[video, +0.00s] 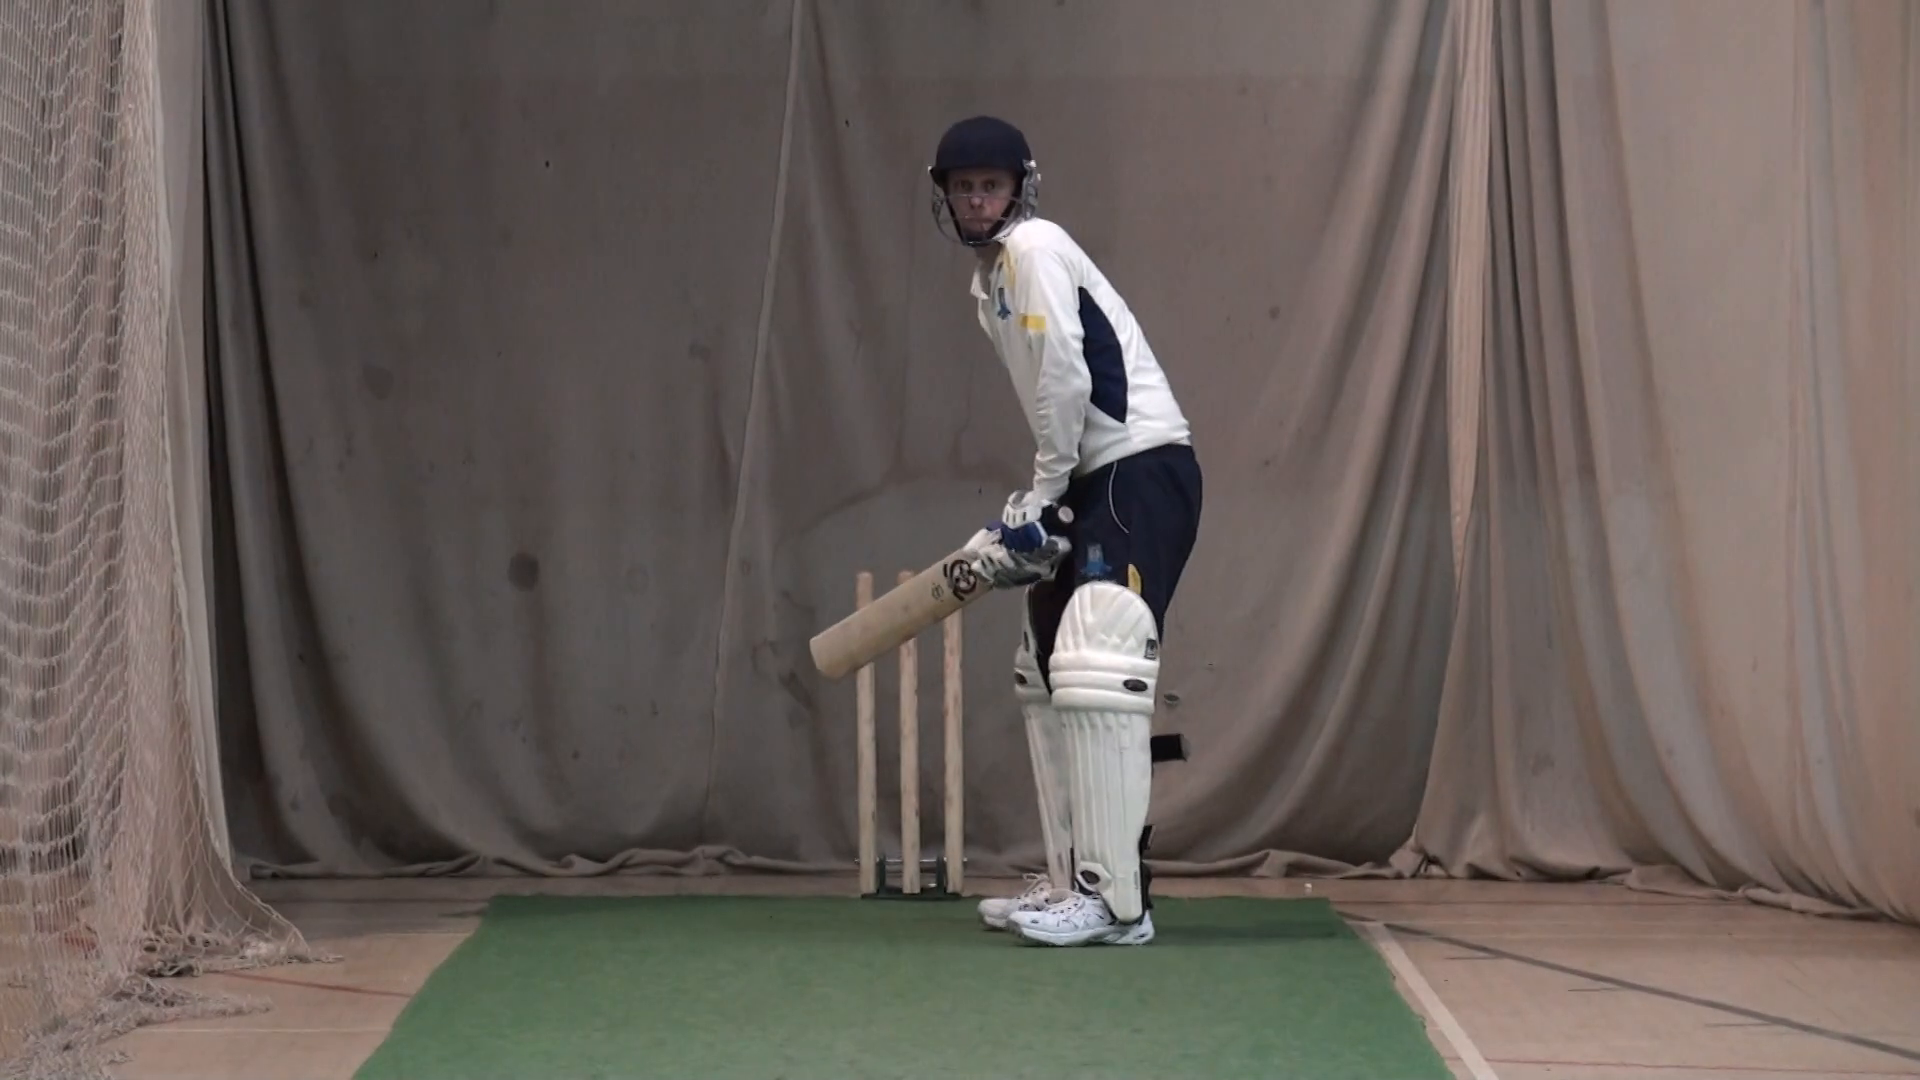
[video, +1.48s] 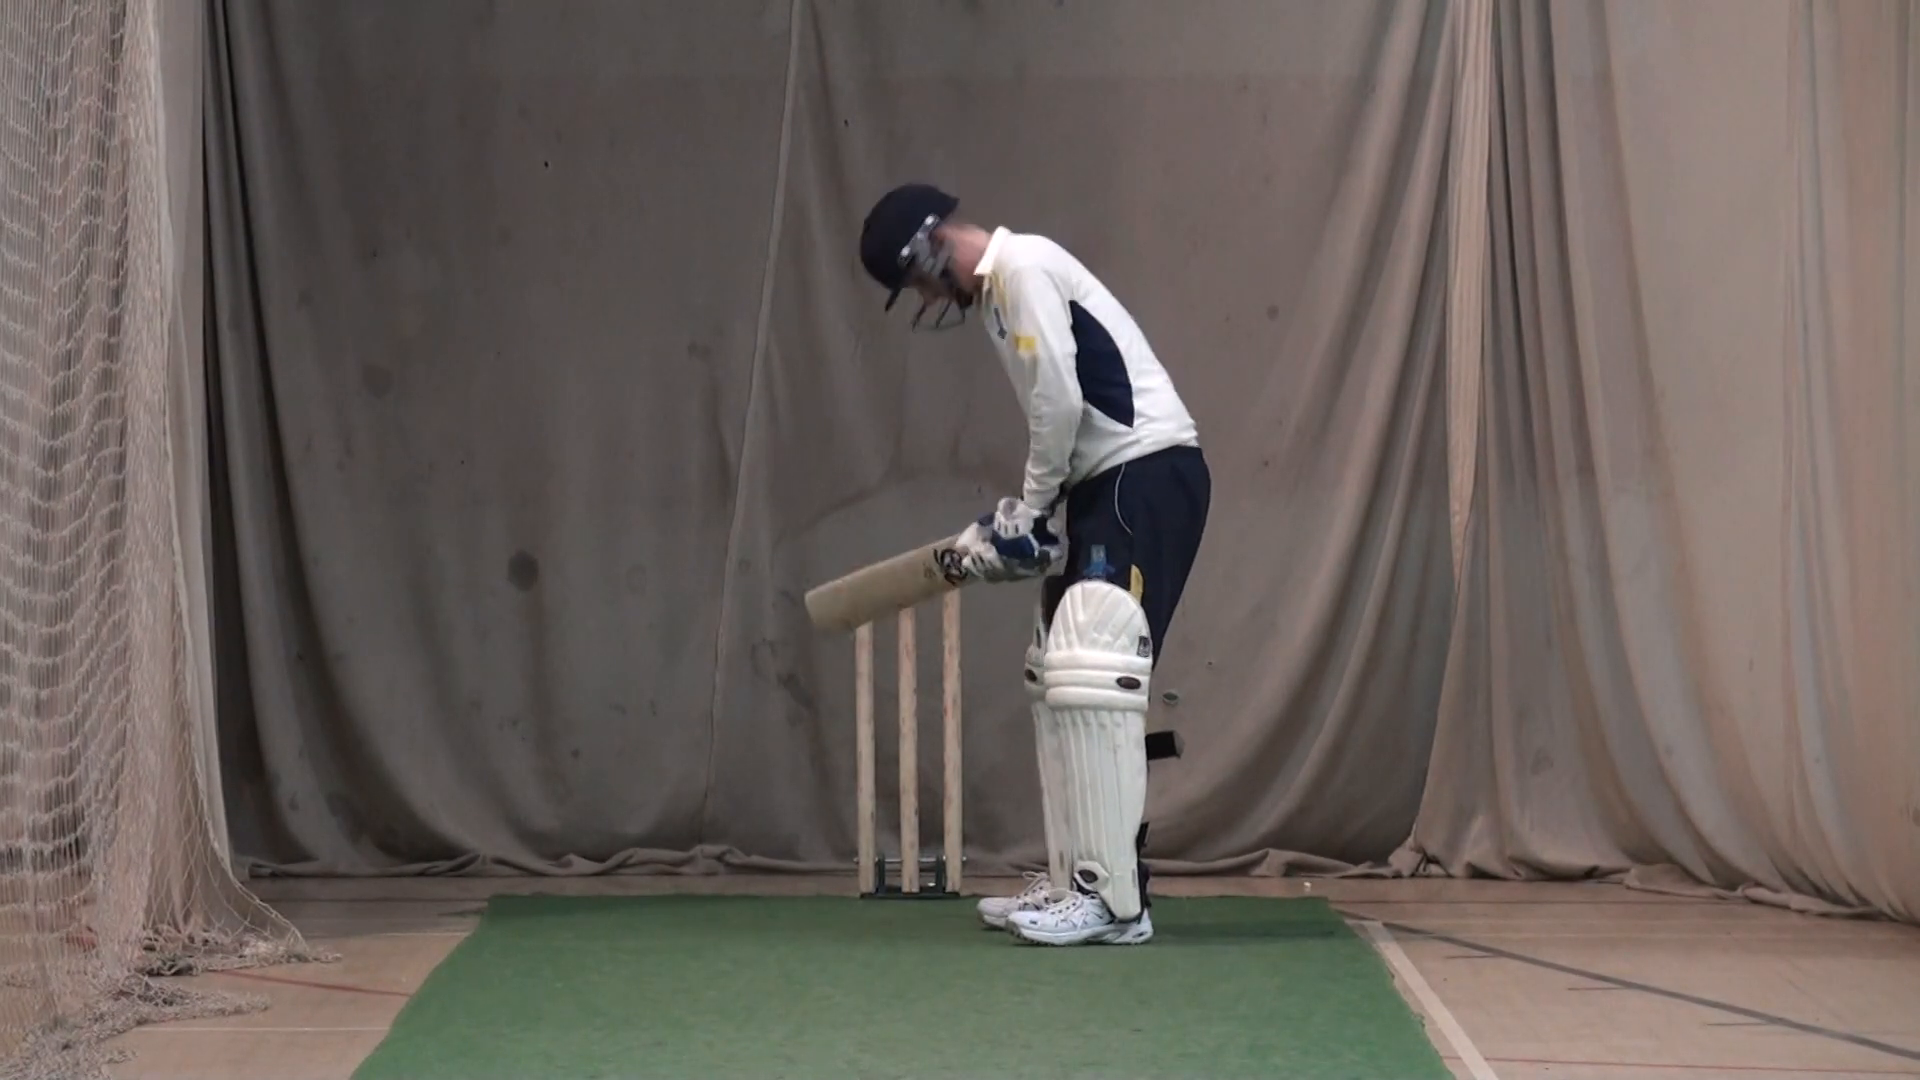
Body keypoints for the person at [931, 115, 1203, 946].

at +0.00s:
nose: (977, 202)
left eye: (992, 186)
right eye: (962, 189)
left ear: (1019, 187)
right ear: (944, 198)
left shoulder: (1033, 249)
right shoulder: (993, 280)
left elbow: (1066, 379)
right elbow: (1052, 412)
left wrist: (1044, 493)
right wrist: (1022, 520)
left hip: (1138, 468)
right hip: (1090, 480)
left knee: (1097, 674)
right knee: (1048, 676)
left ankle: (1115, 899)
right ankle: (1076, 885)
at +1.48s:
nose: (931, 298)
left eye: (922, 279)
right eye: (918, 291)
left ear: (939, 241)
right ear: (944, 240)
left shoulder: (1018, 269)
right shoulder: (1002, 286)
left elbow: (1059, 400)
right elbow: (1062, 421)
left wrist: (1030, 506)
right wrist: (1016, 533)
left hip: (1143, 475)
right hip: (1104, 486)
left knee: (1094, 676)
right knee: (1061, 676)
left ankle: (1113, 899)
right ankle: (1076, 884)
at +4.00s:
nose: (1043, 154)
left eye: (1059, 138)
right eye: (1028, 138)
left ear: (1083, 145)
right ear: (1007, 144)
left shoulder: (1096, 225)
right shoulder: (1020, 243)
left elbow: (1081, 360)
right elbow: (1031, 381)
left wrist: (996, 454)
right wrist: (976, 460)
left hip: (1094, 476)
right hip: (1044, 478)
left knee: (1096, 683)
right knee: (1051, 682)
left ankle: (1115, 899)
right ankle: (1073, 882)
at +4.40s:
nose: (983, 182)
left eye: (999, 166)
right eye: (970, 168)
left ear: (1030, 168)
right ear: (955, 174)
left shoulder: (1047, 234)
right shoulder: (1003, 264)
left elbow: (1073, 366)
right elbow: (1044, 397)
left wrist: (1028, 482)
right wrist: (1012, 504)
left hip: (1125, 471)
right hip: (1082, 479)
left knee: (1091, 677)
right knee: (1050, 675)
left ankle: (1113, 895)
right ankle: (1082, 877)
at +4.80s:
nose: (980, 188)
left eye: (995, 172)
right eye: (966, 175)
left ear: (1026, 172)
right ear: (951, 183)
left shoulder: (1042, 236)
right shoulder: (1003, 264)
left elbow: (1071, 372)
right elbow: (1046, 397)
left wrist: (1023, 486)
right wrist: (1013, 505)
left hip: (1127, 469)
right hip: (1085, 477)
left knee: (1090, 673)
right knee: (1053, 671)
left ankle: (1112, 895)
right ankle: (1082, 878)